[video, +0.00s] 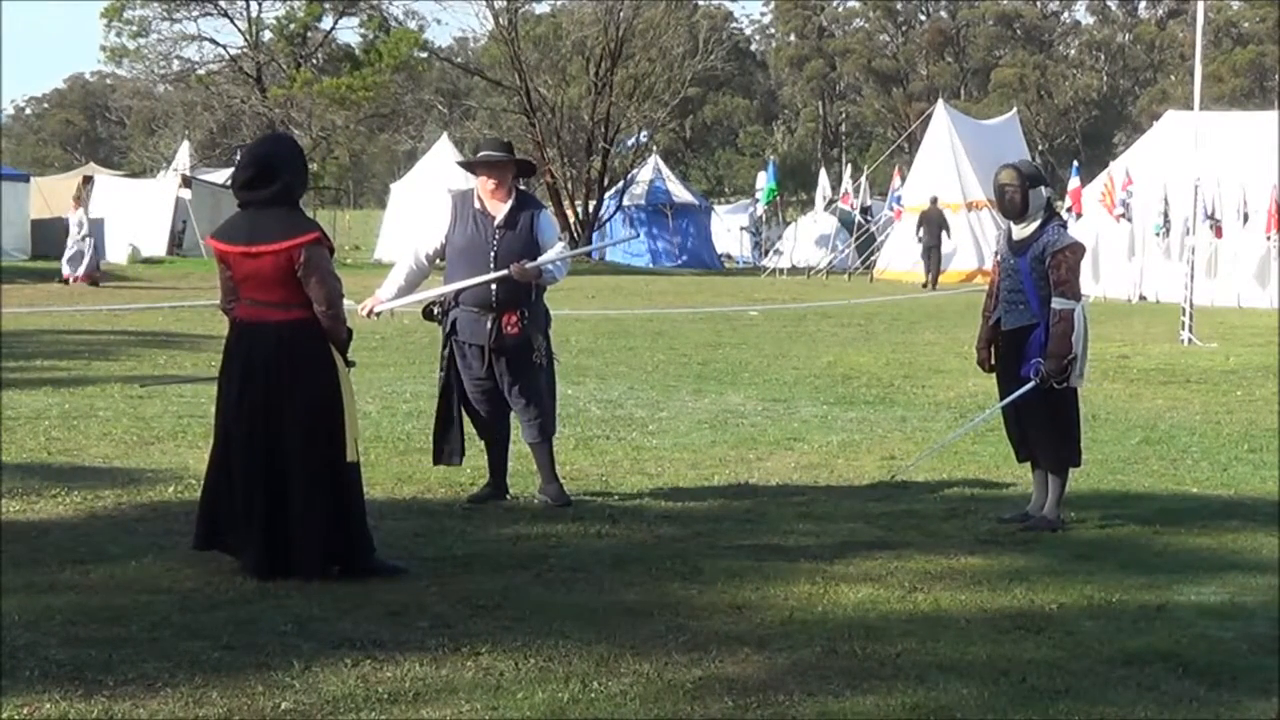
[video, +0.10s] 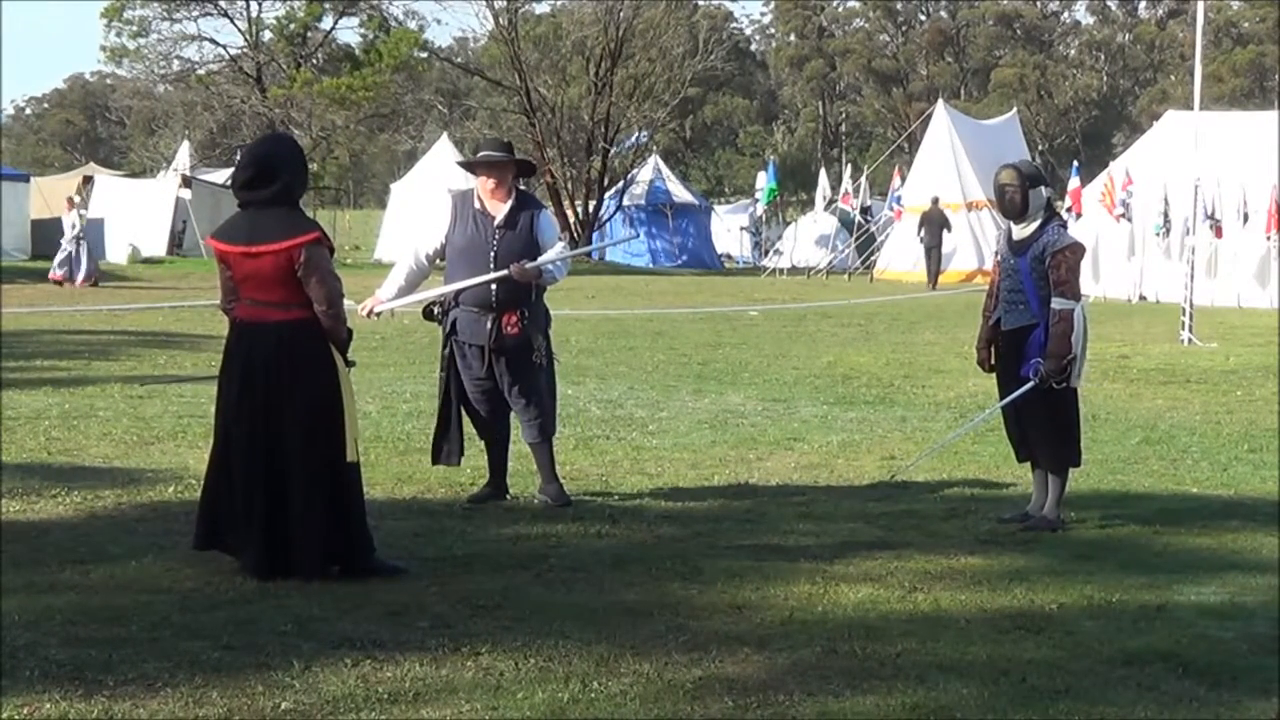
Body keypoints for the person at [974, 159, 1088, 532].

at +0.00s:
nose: (1004, 198)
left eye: (1012, 191)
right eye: (1000, 191)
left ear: (1035, 194)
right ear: (997, 196)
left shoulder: (1056, 238)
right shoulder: (1008, 236)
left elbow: (1065, 302)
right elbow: (996, 290)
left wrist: (1058, 354)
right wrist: (986, 336)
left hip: (1044, 339)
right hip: (1011, 339)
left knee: (1051, 419)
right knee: (1025, 418)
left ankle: (1053, 508)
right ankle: (1038, 502)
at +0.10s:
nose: (1004, 198)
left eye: (1012, 191)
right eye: (1001, 191)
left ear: (1035, 194)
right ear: (998, 196)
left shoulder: (1057, 239)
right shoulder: (1008, 236)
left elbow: (1065, 302)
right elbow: (997, 290)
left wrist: (1057, 355)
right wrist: (986, 336)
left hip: (1044, 339)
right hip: (1011, 339)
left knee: (1050, 419)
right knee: (1025, 418)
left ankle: (1053, 508)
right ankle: (1038, 502)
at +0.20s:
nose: (1004, 198)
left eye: (1012, 191)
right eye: (1001, 191)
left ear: (1036, 194)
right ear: (999, 195)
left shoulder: (1057, 239)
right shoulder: (1008, 236)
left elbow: (1065, 303)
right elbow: (997, 289)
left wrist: (1056, 355)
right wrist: (986, 336)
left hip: (1044, 339)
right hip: (1011, 339)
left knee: (1050, 418)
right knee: (1025, 418)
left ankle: (1053, 508)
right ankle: (1038, 502)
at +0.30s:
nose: (1005, 198)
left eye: (1013, 191)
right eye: (1001, 191)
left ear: (1036, 194)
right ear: (999, 195)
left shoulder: (1057, 239)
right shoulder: (1009, 236)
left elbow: (1064, 303)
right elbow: (997, 289)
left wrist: (1056, 355)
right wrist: (986, 336)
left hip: (1044, 338)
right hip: (1012, 339)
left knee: (1050, 418)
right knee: (1025, 417)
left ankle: (1053, 508)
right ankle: (1038, 502)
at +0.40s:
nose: (1005, 198)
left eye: (1013, 191)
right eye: (1001, 191)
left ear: (1036, 194)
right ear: (999, 196)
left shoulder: (1057, 239)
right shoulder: (1009, 236)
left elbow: (1065, 302)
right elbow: (998, 289)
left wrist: (1056, 355)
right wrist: (986, 336)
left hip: (1044, 338)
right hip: (1012, 339)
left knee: (1050, 418)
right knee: (1025, 418)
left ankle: (1053, 508)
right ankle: (1038, 502)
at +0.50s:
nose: (1005, 198)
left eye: (1013, 191)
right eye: (1001, 191)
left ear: (1036, 194)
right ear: (999, 196)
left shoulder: (1057, 239)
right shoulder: (1009, 237)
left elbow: (1065, 303)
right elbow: (998, 289)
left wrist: (1056, 355)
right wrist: (987, 336)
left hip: (1045, 338)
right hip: (1012, 339)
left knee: (1050, 418)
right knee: (1026, 417)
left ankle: (1053, 508)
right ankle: (1038, 502)